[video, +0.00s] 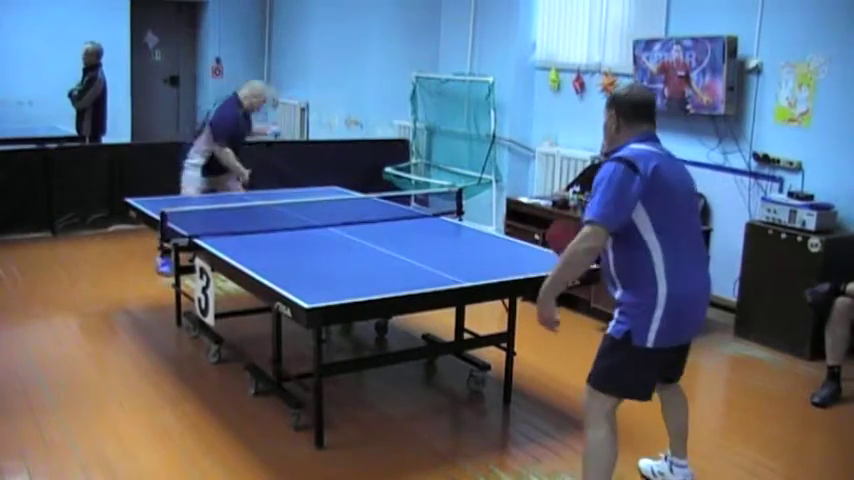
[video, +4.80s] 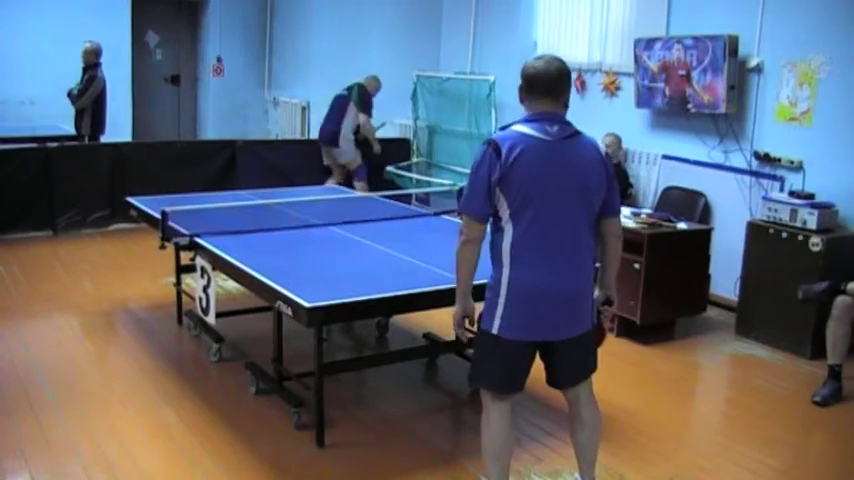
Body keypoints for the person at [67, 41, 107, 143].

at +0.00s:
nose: (84, 57)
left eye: (88, 54)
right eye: (84, 54)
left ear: (96, 57)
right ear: (83, 55)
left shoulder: (96, 77)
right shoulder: (87, 74)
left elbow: (81, 103)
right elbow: (77, 89)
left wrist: (73, 92)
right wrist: (76, 93)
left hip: (92, 129)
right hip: (84, 128)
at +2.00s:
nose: (84, 56)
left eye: (88, 53)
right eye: (85, 52)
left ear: (95, 55)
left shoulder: (96, 76)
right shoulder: (88, 73)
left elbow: (81, 101)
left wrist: (74, 92)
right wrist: (76, 93)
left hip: (92, 128)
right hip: (85, 127)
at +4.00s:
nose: (83, 56)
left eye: (87, 53)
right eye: (83, 52)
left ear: (94, 55)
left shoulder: (95, 76)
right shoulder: (87, 73)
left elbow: (80, 102)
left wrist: (73, 91)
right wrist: (76, 92)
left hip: (91, 128)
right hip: (85, 127)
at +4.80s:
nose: (83, 56)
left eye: (87, 53)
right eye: (83, 53)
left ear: (95, 56)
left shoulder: (95, 76)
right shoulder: (87, 73)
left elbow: (80, 102)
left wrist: (72, 92)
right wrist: (75, 93)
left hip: (91, 128)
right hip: (84, 127)